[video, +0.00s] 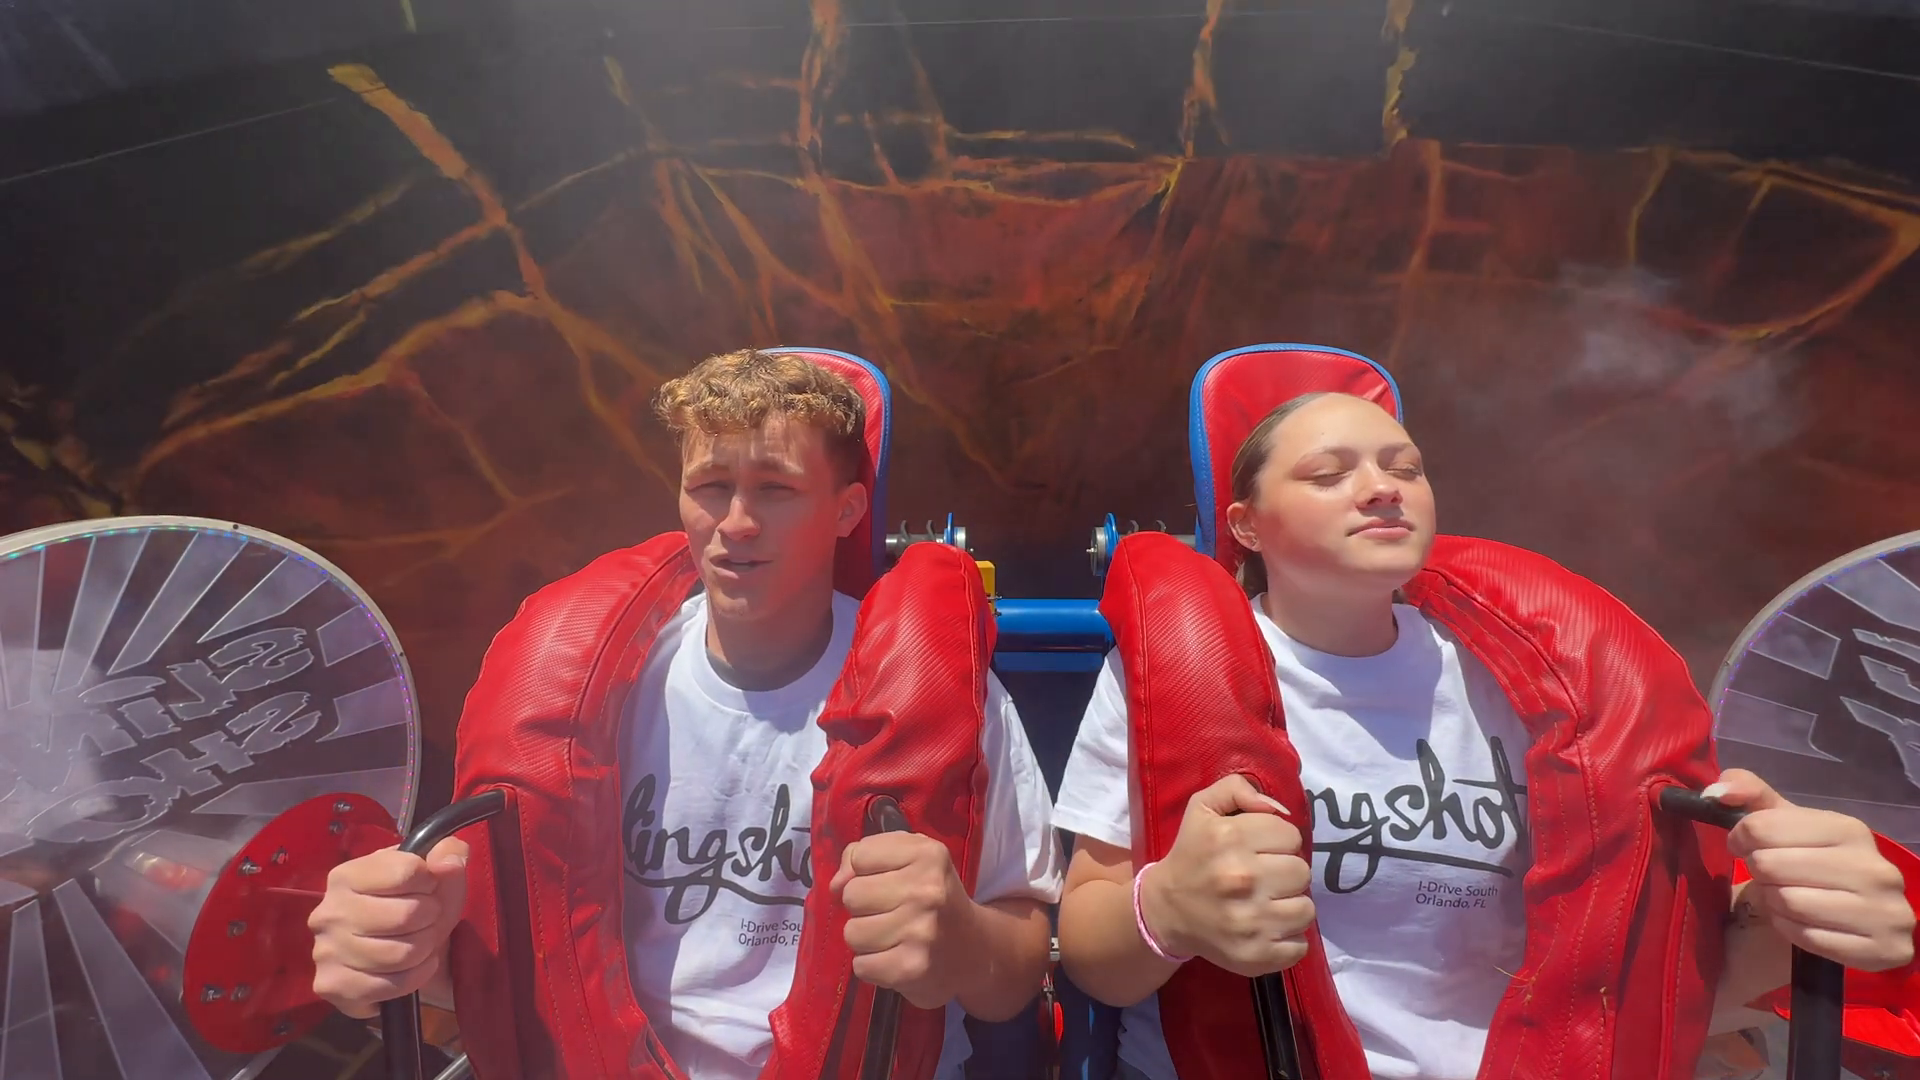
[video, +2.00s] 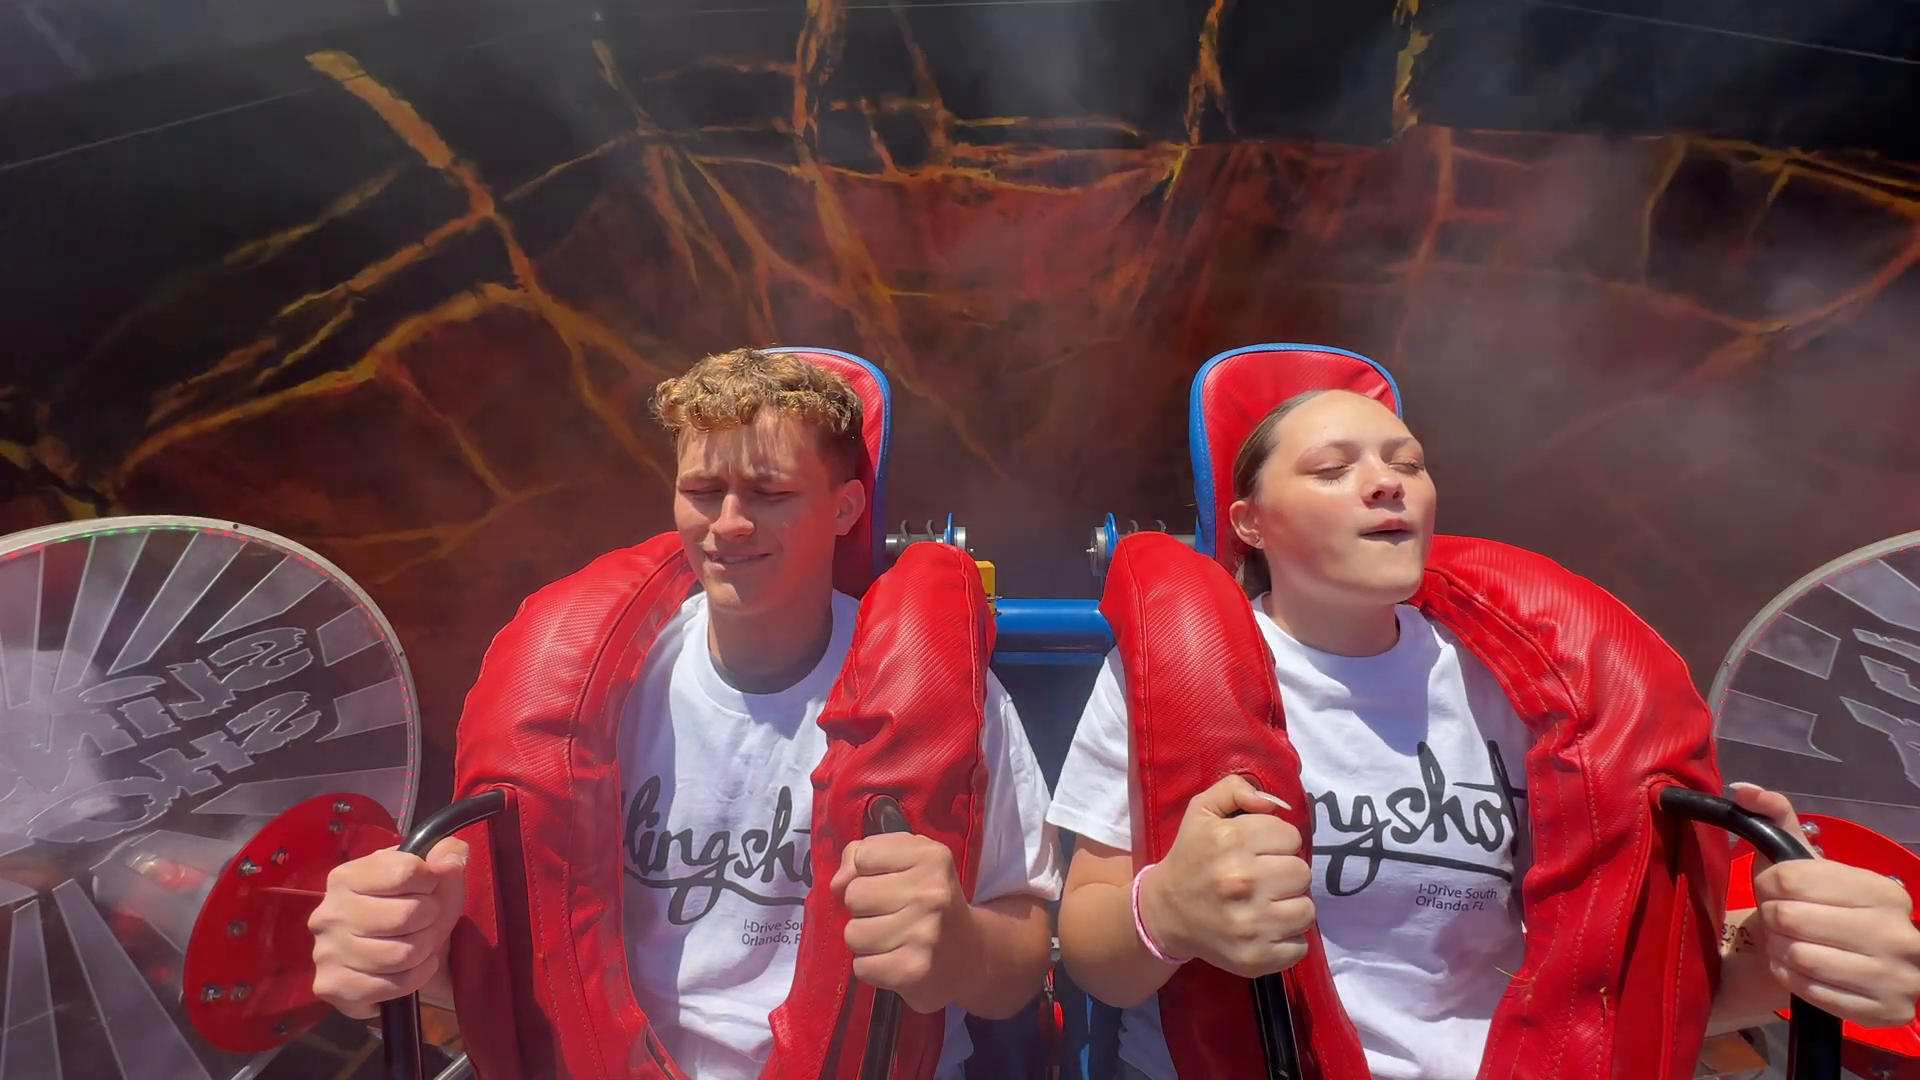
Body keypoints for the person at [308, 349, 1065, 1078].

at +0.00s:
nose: (736, 525)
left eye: (775, 491)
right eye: (712, 488)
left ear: (849, 507)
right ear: (679, 491)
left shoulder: (936, 692)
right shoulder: (582, 672)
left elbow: (1024, 968)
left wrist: (967, 945)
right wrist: (404, 941)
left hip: (828, 1064)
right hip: (610, 1059)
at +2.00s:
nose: (729, 524)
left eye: (768, 493)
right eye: (705, 490)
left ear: (847, 507)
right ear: (675, 492)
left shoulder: (936, 690)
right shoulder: (581, 669)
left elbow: (1026, 958)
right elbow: (505, 938)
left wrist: (961, 949)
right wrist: (410, 945)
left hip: (832, 1063)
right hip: (611, 1058)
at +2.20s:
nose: (729, 525)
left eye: (769, 493)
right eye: (705, 491)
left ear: (847, 508)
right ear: (675, 494)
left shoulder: (936, 690)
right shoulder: (585, 670)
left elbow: (1025, 961)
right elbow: (503, 921)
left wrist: (960, 948)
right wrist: (408, 942)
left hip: (832, 1063)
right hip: (613, 1058)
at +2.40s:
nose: (729, 525)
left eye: (768, 493)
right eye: (704, 491)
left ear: (847, 506)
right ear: (675, 492)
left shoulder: (934, 687)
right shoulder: (584, 668)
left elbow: (1025, 960)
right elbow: (502, 921)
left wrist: (959, 947)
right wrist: (407, 941)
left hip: (831, 1062)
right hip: (612, 1057)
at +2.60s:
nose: (729, 525)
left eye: (768, 493)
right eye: (704, 491)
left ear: (846, 507)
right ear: (675, 493)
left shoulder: (936, 690)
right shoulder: (584, 670)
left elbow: (1025, 960)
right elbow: (501, 920)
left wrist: (959, 948)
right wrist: (406, 942)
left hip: (832, 1063)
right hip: (612, 1058)